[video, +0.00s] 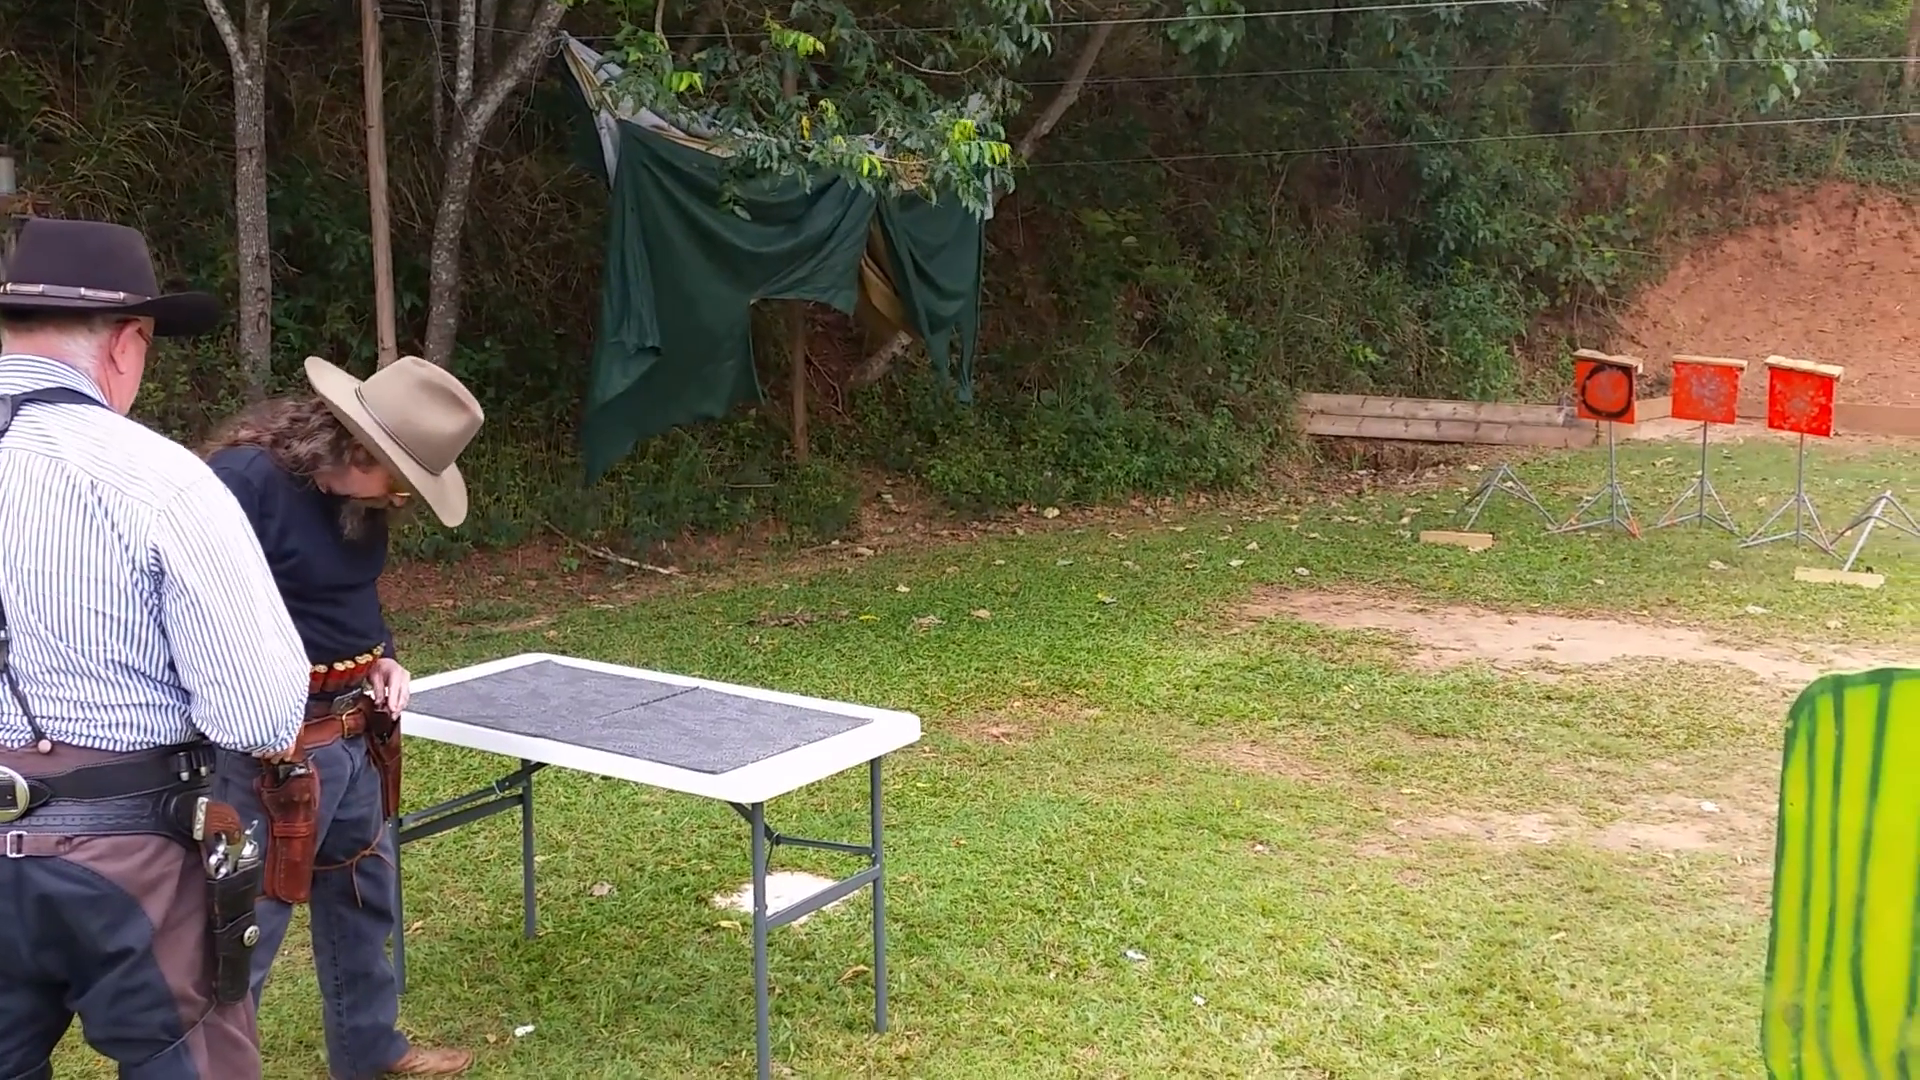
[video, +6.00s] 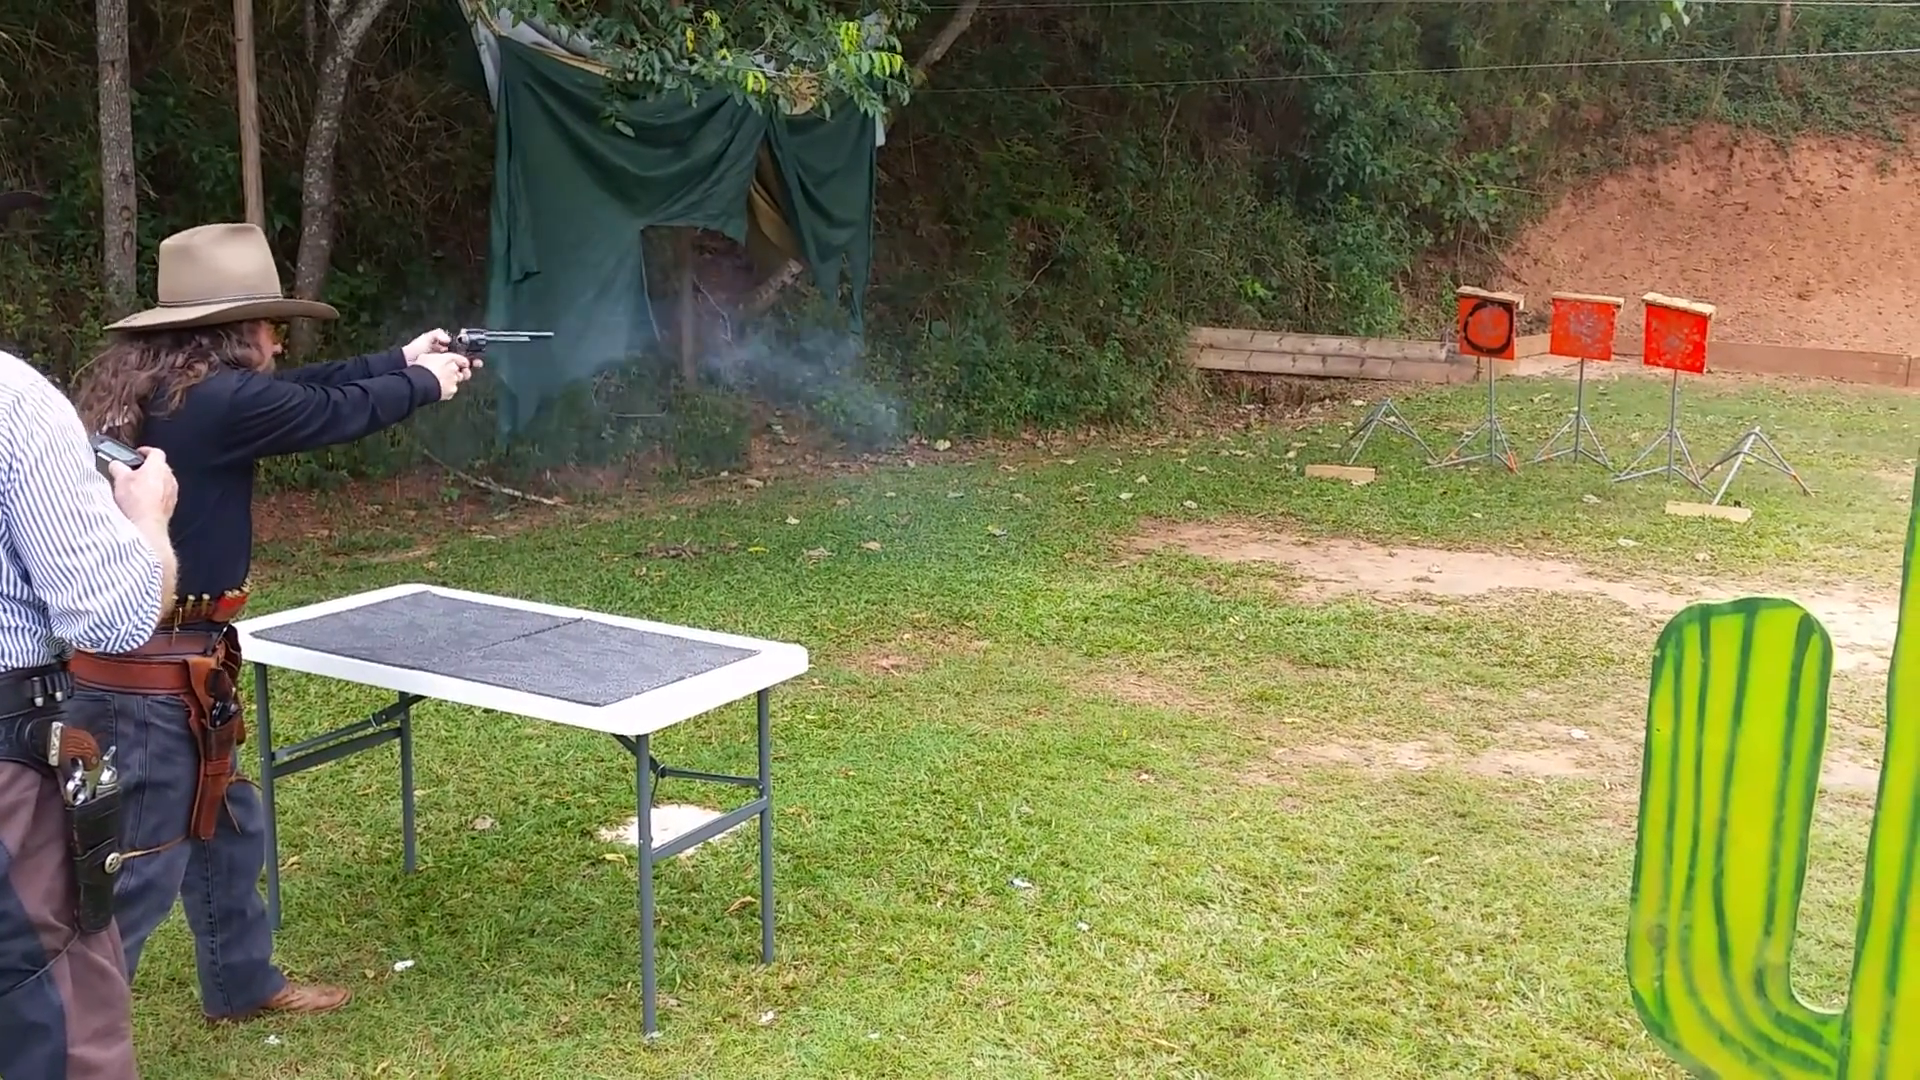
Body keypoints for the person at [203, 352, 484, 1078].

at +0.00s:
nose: (399, 499)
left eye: (408, 488)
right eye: (400, 484)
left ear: (377, 462)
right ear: (369, 454)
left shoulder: (356, 507)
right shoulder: (246, 480)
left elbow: (353, 599)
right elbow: (192, 609)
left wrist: (382, 657)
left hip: (347, 744)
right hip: (261, 753)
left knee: (362, 910)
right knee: (245, 931)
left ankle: (371, 1051)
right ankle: (213, 1059)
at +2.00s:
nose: (350, 432)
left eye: (358, 421)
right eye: (352, 416)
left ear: (324, 395)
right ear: (320, 390)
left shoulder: (297, 445)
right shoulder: (189, 425)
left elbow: (289, 548)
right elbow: (141, 556)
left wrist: (325, 605)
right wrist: (192, 643)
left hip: (296, 681)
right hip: (215, 694)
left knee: (313, 839)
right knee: (197, 870)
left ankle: (316, 992)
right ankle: (159, 1017)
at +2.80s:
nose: (322, 378)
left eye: (324, 362)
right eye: (318, 360)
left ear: (245, 341)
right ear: (282, 357)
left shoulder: (222, 408)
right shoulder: (212, 412)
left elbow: (236, 524)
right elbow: (263, 553)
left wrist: (297, 562)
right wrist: (303, 623)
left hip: (254, 666)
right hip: (197, 673)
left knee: (287, 825)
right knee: (175, 859)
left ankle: (291, 986)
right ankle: (131, 1006)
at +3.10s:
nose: (290, 332)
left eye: (289, 318)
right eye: (283, 319)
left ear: (207, 322)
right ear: (254, 324)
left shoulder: (178, 383)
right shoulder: (221, 388)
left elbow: (200, 493)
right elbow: (250, 510)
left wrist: (287, 481)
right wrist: (322, 501)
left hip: (226, 657)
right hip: (190, 663)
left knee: (271, 821)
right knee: (182, 855)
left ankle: (284, 981)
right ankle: (120, 1007)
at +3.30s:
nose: (276, 326)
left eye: (272, 312)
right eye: (267, 314)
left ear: (191, 321)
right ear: (235, 324)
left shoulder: (152, 386)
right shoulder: (231, 404)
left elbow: (264, 441)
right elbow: (340, 478)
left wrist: (353, 416)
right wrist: (398, 444)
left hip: (179, 643)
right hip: (202, 656)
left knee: (268, 811)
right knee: (189, 849)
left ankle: (278, 978)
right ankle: (116, 1010)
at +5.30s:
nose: (280, 338)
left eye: (277, 324)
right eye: (272, 324)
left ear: (196, 324)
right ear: (237, 327)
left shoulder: (146, 381)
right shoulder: (223, 397)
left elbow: (299, 388)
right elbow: (333, 413)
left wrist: (401, 358)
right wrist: (426, 384)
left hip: (128, 643)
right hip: (168, 654)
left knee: (236, 814)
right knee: (149, 857)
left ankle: (245, 982)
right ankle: (74, 1016)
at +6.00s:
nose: (278, 342)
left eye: (275, 327)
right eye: (269, 327)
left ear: (194, 328)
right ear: (233, 330)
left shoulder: (145, 385)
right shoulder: (217, 400)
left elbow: (302, 390)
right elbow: (334, 413)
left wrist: (401, 360)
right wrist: (423, 384)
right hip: (152, 670)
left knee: (230, 822)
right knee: (141, 871)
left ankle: (242, 986)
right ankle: (65, 1028)